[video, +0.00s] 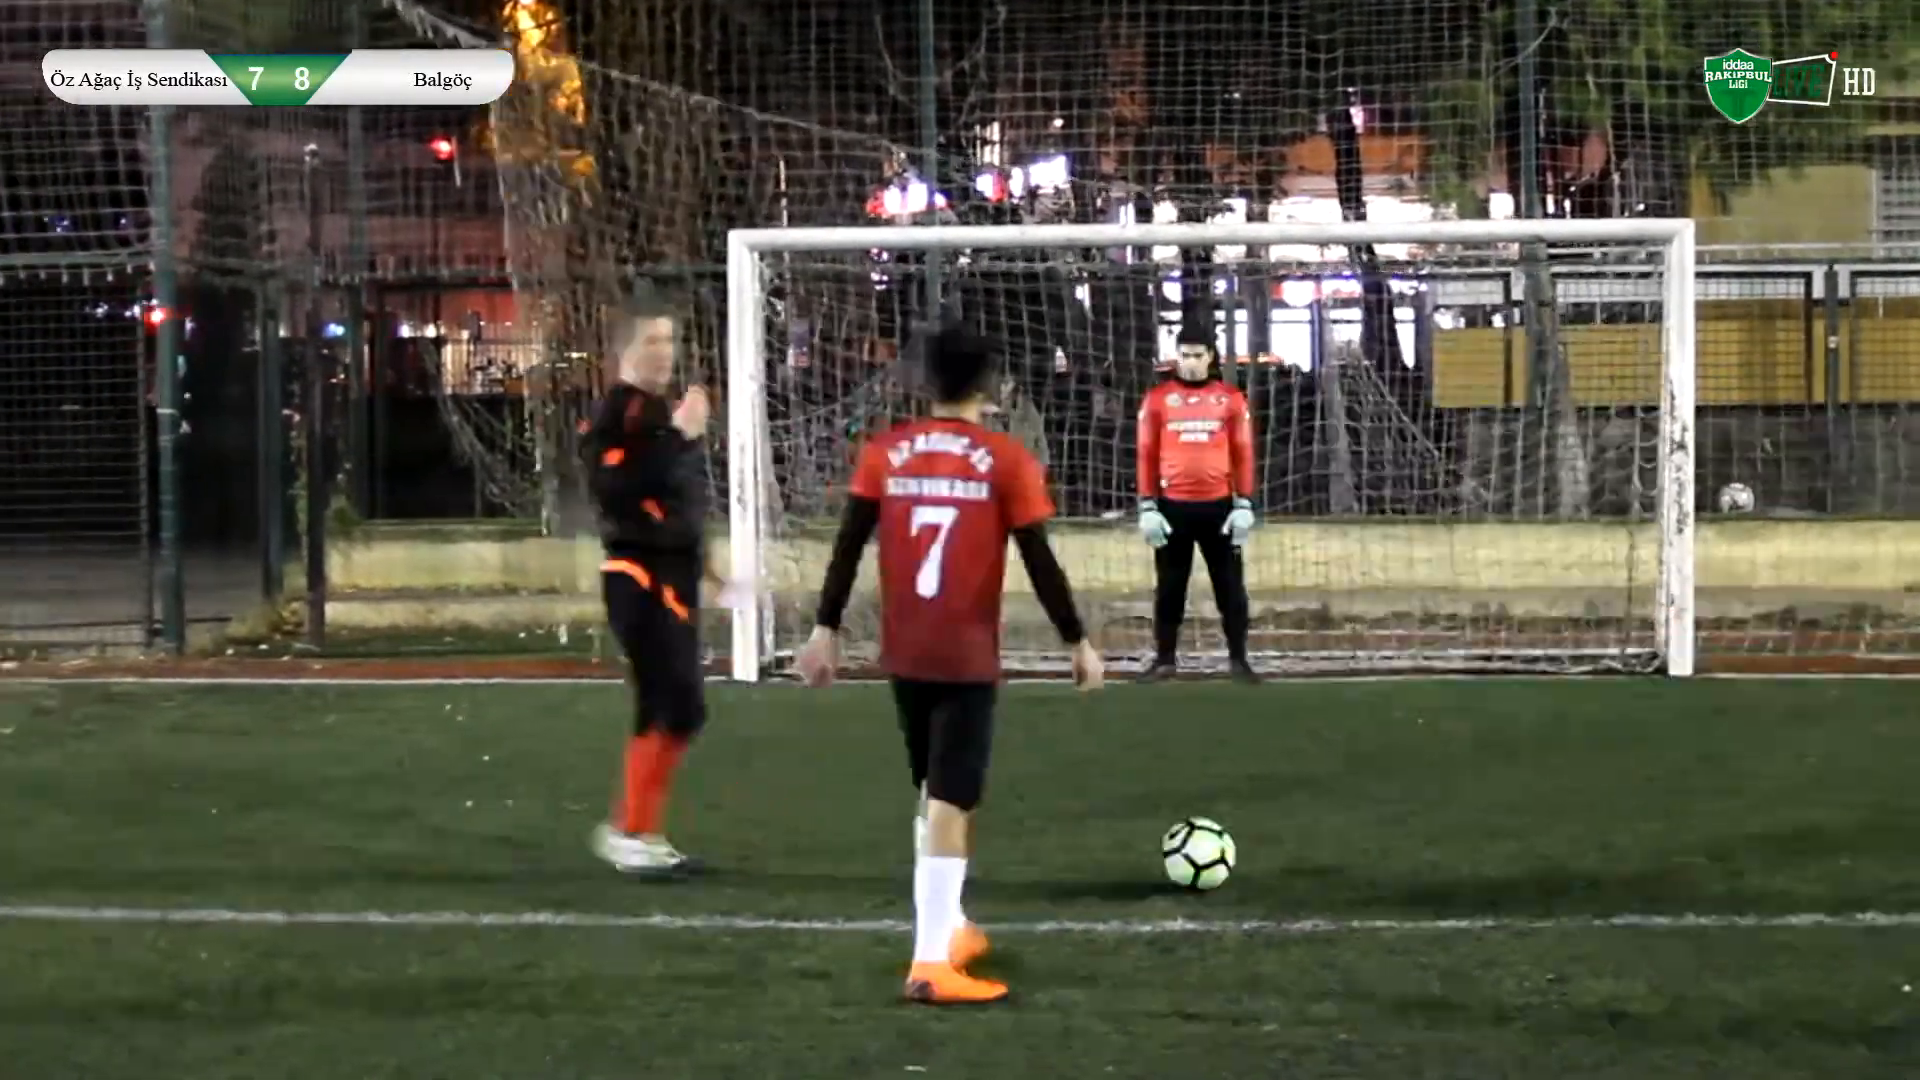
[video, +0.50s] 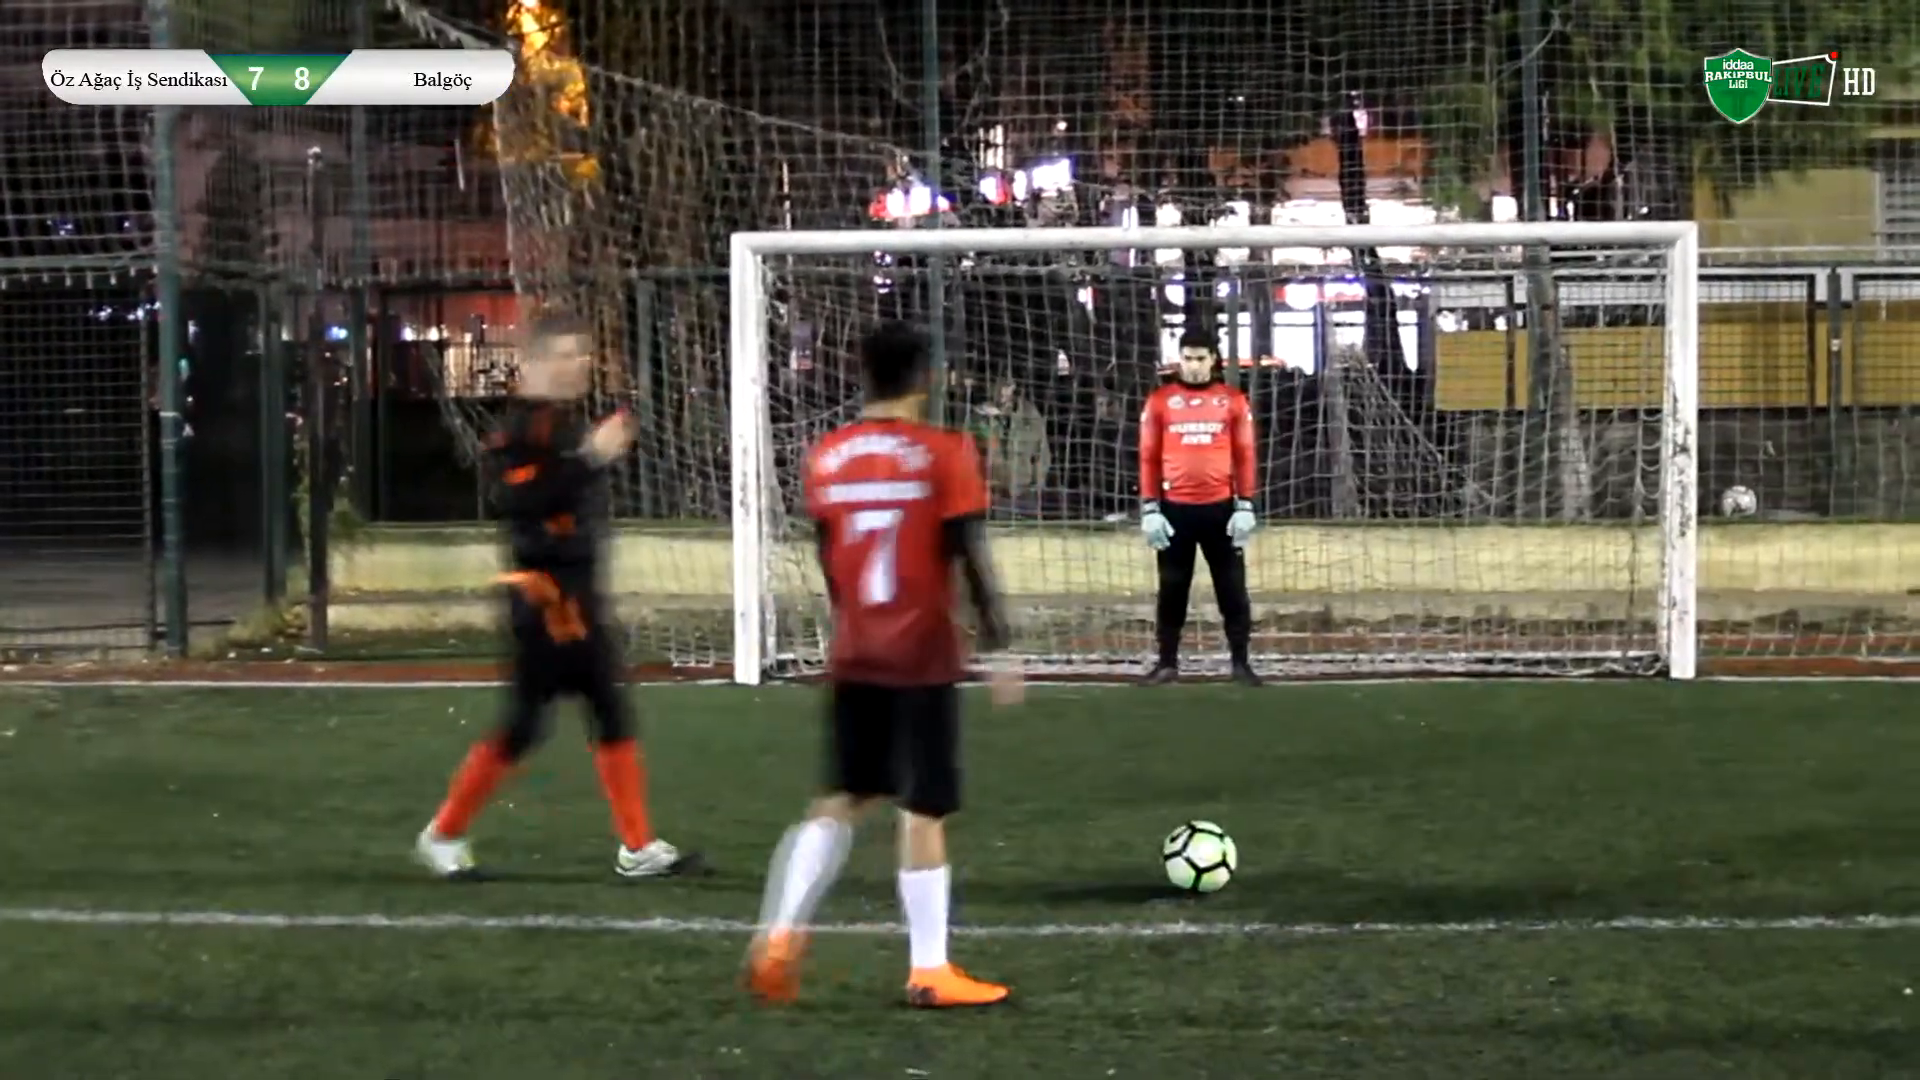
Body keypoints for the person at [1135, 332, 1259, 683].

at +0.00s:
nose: (1191, 363)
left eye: (1198, 356)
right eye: (1185, 355)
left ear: (1211, 358)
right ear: (1176, 357)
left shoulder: (1230, 398)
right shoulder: (1156, 400)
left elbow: (1244, 452)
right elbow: (1146, 453)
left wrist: (1244, 501)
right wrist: (1147, 503)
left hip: (1219, 504)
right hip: (1172, 504)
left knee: (1231, 589)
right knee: (1169, 589)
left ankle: (1239, 658)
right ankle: (1165, 658)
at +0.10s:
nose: (1195, 364)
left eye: (1202, 356)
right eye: (1189, 356)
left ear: (1215, 358)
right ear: (1180, 358)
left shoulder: (1235, 399)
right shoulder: (1160, 399)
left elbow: (1248, 453)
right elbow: (1150, 454)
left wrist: (1248, 501)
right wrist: (1151, 504)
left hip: (1222, 503)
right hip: (1176, 504)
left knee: (1234, 588)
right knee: (1173, 588)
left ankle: (1243, 658)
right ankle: (1168, 658)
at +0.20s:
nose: (1198, 364)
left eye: (1205, 356)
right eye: (1192, 357)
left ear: (1217, 359)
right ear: (1182, 359)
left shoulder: (1237, 401)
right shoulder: (1163, 401)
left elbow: (1250, 453)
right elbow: (1152, 454)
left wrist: (1250, 501)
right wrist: (1153, 504)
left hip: (1224, 506)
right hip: (1178, 506)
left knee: (1236, 589)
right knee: (1175, 590)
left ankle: (1244, 660)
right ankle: (1170, 659)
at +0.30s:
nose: (1196, 365)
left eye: (1203, 358)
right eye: (1190, 358)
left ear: (1216, 359)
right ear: (1181, 359)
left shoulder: (1236, 400)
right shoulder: (1161, 400)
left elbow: (1249, 453)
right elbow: (1151, 455)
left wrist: (1248, 502)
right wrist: (1152, 505)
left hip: (1224, 506)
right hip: (1177, 507)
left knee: (1236, 590)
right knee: (1174, 590)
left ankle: (1243, 661)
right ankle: (1170, 660)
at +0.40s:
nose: (1196, 365)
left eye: (1203, 358)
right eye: (1190, 358)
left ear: (1216, 360)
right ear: (1181, 359)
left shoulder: (1236, 400)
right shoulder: (1161, 400)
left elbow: (1248, 453)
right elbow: (1151, 456)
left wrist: (1248, 502)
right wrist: (1152, 506)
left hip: (1224, 506)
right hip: (1177, 507)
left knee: (1235, 590)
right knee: (1174, 590)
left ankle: (1243, 661)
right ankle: (1170, 661)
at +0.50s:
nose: (1194, 366)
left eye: (1201, 359)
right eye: (1187, 358)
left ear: (1214, 360)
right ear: (1179, 360)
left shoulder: (1233, 401)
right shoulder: (1159, 401)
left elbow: (1246, 454)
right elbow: (1148, 456)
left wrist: (1245, 502)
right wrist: (1150, 506)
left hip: (1221, 507)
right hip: (1174, 508)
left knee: (1233, 591)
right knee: (1171, 590)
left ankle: (1241, 662)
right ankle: (1167, 661)